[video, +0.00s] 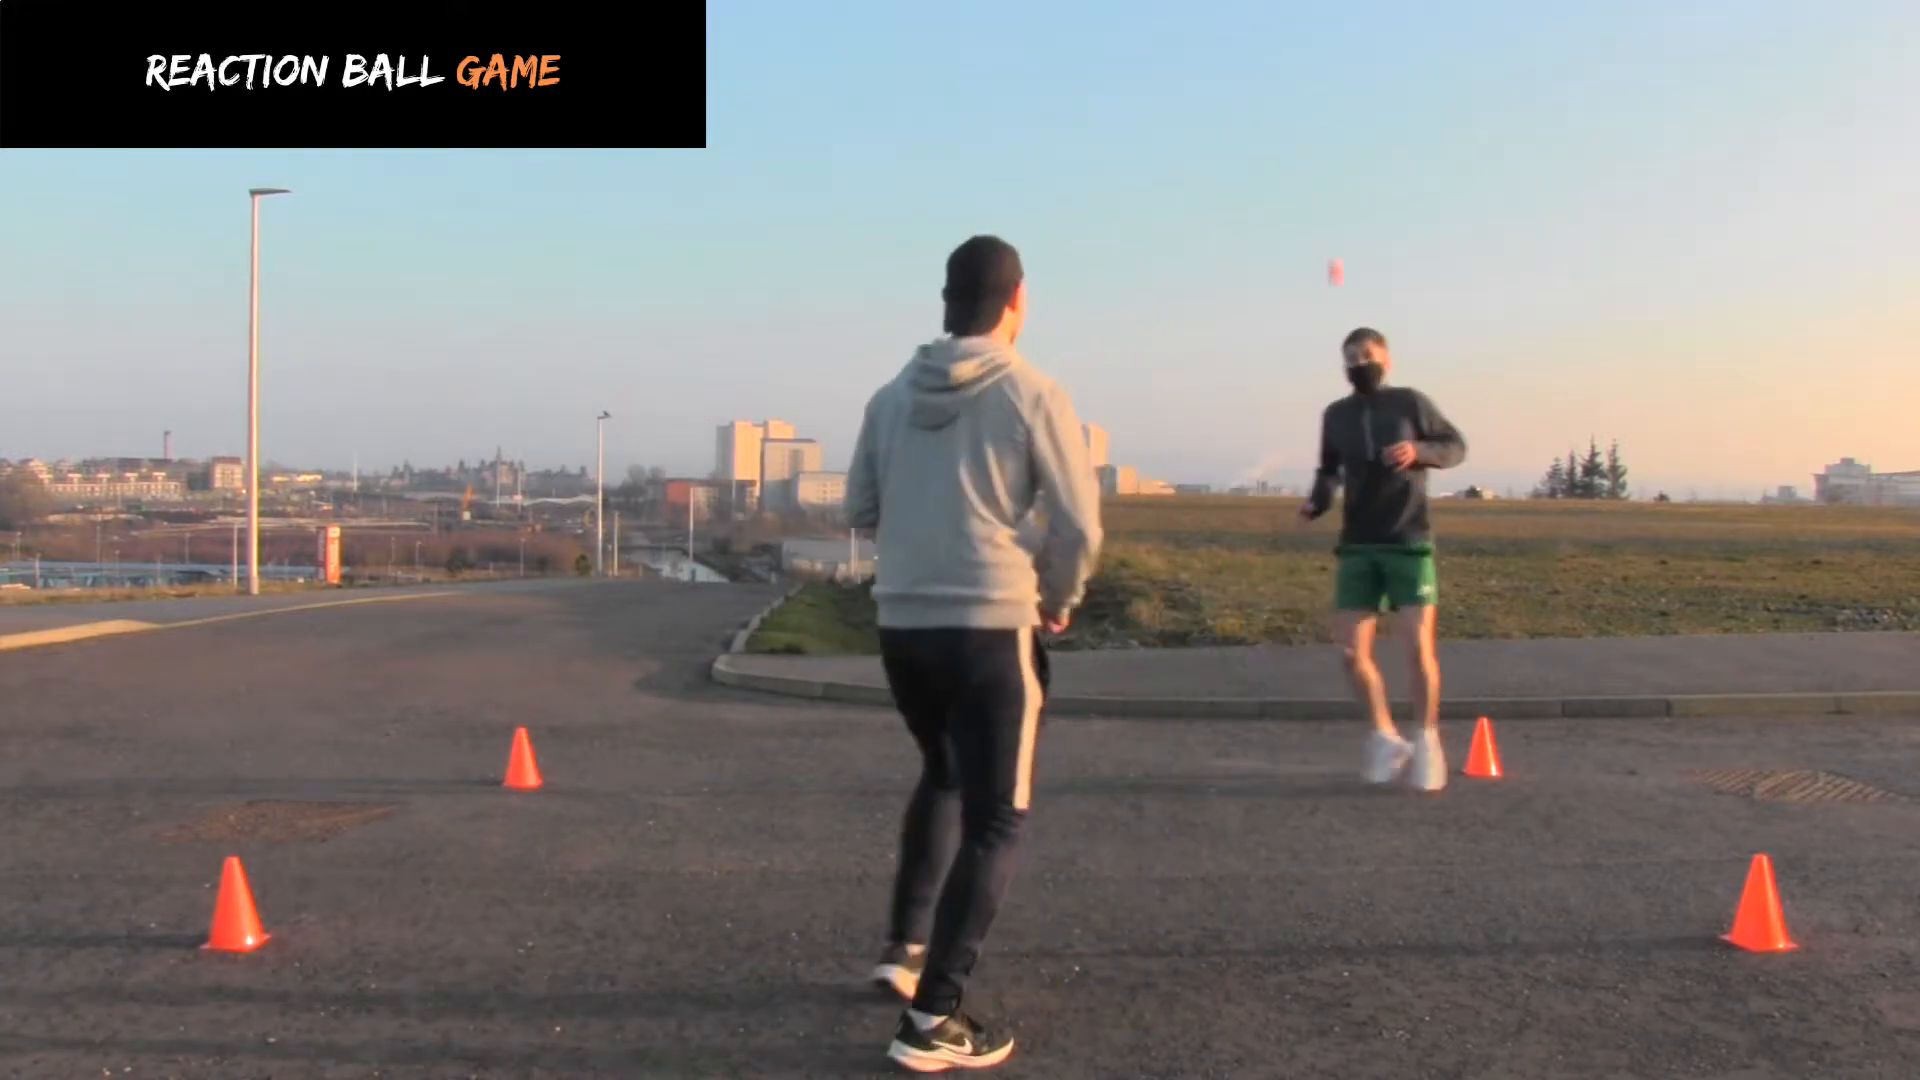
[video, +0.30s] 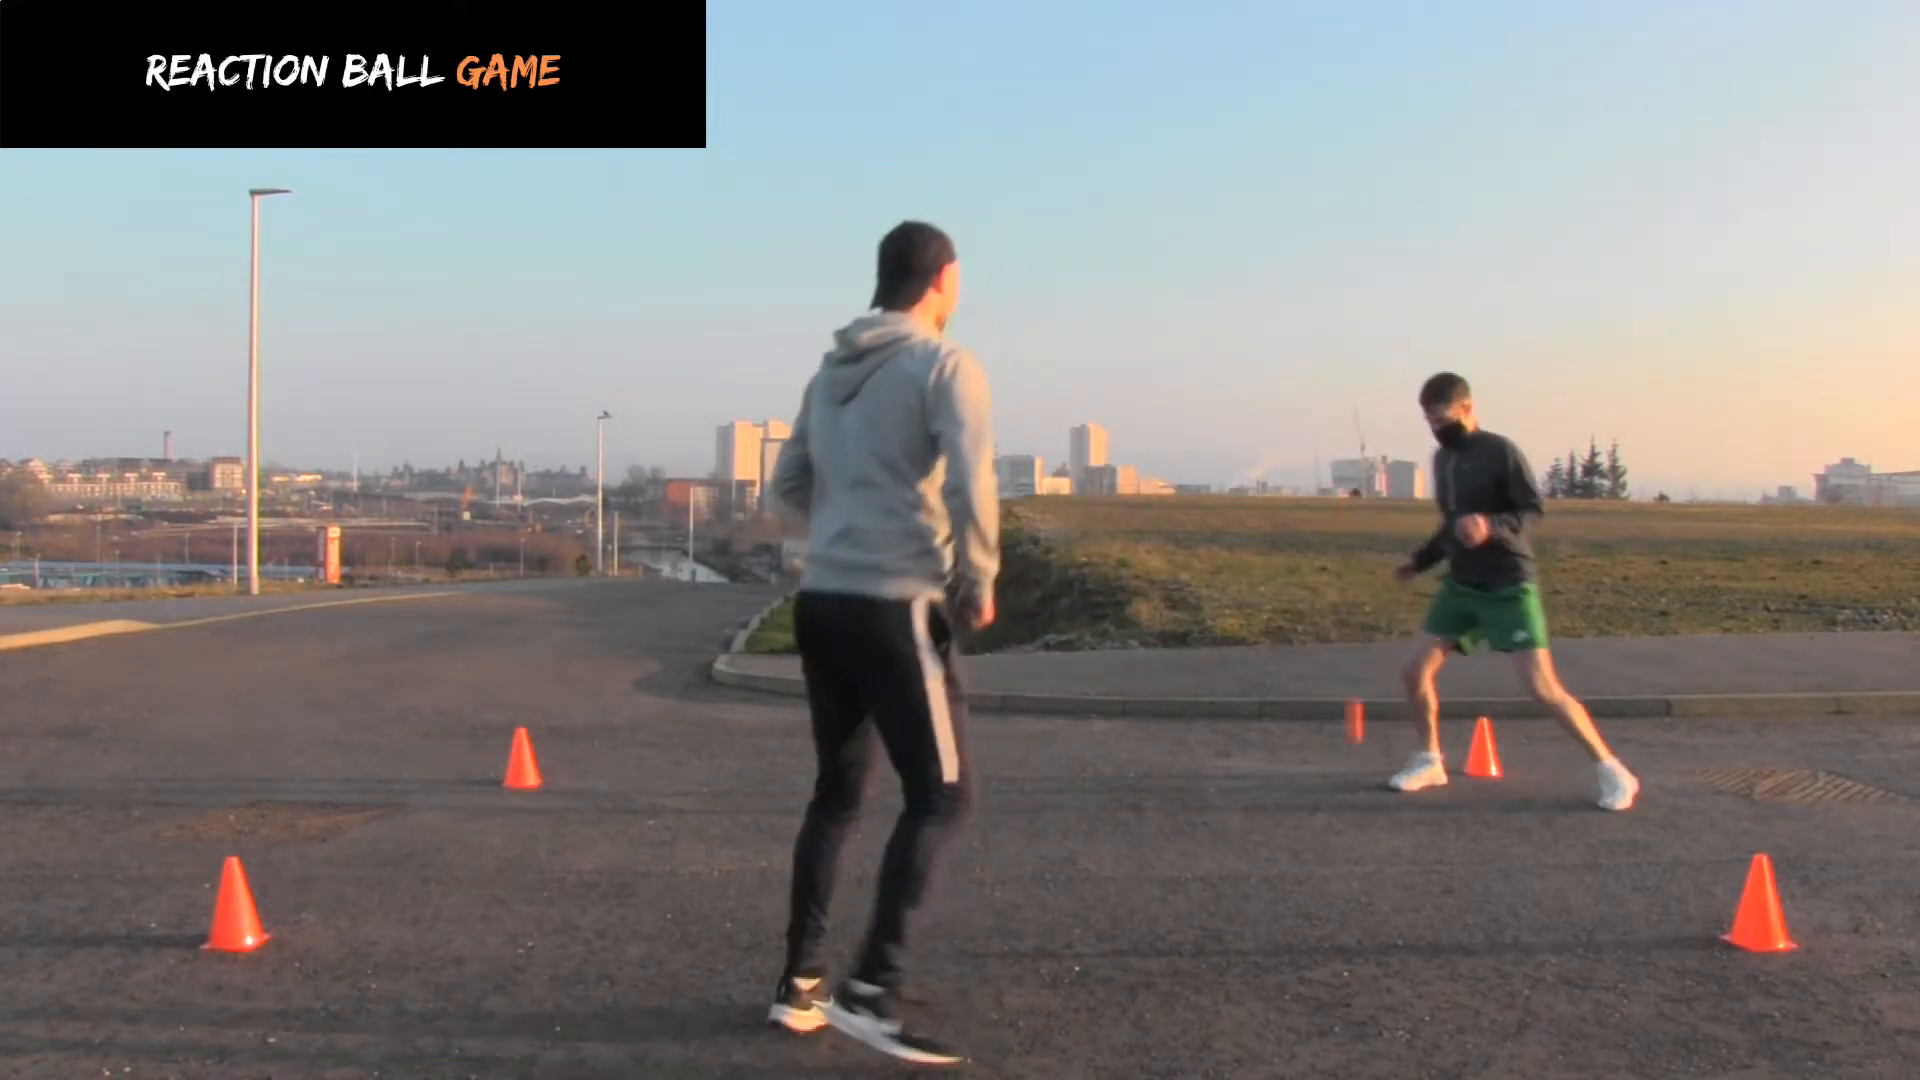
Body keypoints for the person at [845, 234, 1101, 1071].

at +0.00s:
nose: (1026, 308)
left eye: (1018, 295)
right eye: (1025, 297)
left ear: (945, 299)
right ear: (1016, 303)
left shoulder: (894, 397)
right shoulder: (1031, 393)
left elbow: (860, 506)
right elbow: (1078, 527)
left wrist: (933, 524)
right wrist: (1058, 601)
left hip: (902, 631)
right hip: (990, 634)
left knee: (943, 776)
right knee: (997, 822)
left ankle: (906, 947)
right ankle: (934, 1017)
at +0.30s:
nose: (958, 292)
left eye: (954, 277)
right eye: (956, 279)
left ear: (883, 280)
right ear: (939, 283)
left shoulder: (832, 371)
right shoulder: (946, 364)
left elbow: (786, 490)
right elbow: (970, 481)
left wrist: (861, 516)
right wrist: (980, 581)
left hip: (821, 601)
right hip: (896, 605)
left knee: (838, 790)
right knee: (941, 795)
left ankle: (800, 984)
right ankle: (871, 990)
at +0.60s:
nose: (917, 297)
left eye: (913, 284)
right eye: (914, 285)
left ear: (842, 285)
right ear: (897, 288)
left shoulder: (779, 366)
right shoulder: (907, 373)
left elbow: (713, 455)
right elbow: (925, 497)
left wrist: (760, 529)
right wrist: (922, 595)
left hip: (758, 592)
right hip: (829, 602)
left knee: (802, 779)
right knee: (803, 794)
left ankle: (766, 935)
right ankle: (710, 979)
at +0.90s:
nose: (889, 309)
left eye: (885, 296)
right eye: (886, 297)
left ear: (820, 301)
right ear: (868, 303)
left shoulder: (765, 383)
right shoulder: (885, 389)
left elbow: (715, 475)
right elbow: (897, 510)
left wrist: (755, 542)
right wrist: (893, 602)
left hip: (741, 595)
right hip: (810, 605)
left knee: (773, 774)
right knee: (782, 787)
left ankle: (767, 924)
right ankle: (714, 971)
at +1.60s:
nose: (887, 318)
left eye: (885, 305)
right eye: (883, 306)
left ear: (824, 312)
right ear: (864, 314)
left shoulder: (782, 389)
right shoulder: (863, 391)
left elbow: (758, 484)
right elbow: (876, 500)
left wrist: (798, 547)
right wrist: (902, 589)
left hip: (774, 579)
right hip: (827, 582)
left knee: (814, 714)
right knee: (850, 738)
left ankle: (774, 852)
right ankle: (823, 906)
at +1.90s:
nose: (850, 373)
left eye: (850, 361)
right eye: (848, 362)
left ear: (798, 360)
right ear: (827, 363)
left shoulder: (765, 426)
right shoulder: (822, 430)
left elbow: (822, 504)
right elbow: (838, 524)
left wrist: (891, 479)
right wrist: (871, 605)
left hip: (754, 612)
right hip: (806, 615)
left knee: (785, 737)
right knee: (880, 741)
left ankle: (724, 864)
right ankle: (828, 860)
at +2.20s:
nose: (905, 395)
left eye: (908, 385)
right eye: (905, 384)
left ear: (867, 372)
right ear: (883, 374)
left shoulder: (820, 417)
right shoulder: (871, 430)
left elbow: (830, 488)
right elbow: (850, 506)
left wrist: (899, 497)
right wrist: (845, 579)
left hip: (770, 576)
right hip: (816, 589)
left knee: (760, 692)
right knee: (805, 709)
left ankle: (699, 794)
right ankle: (746, 821)